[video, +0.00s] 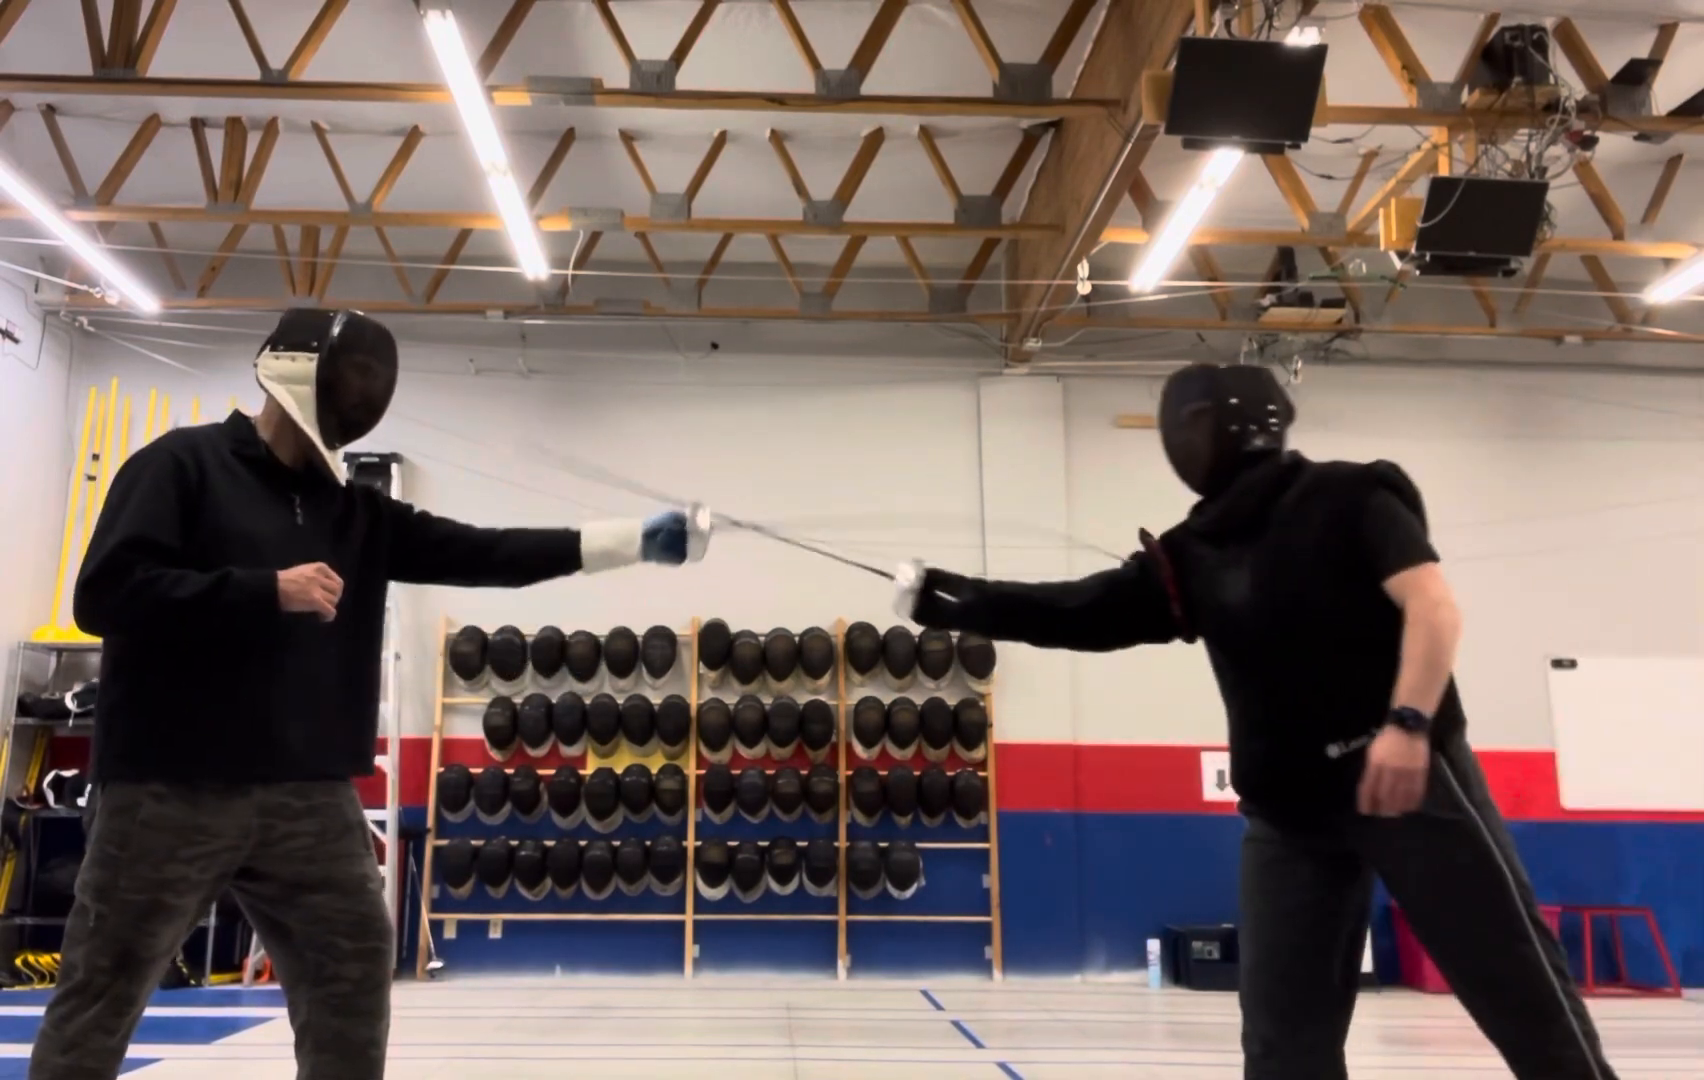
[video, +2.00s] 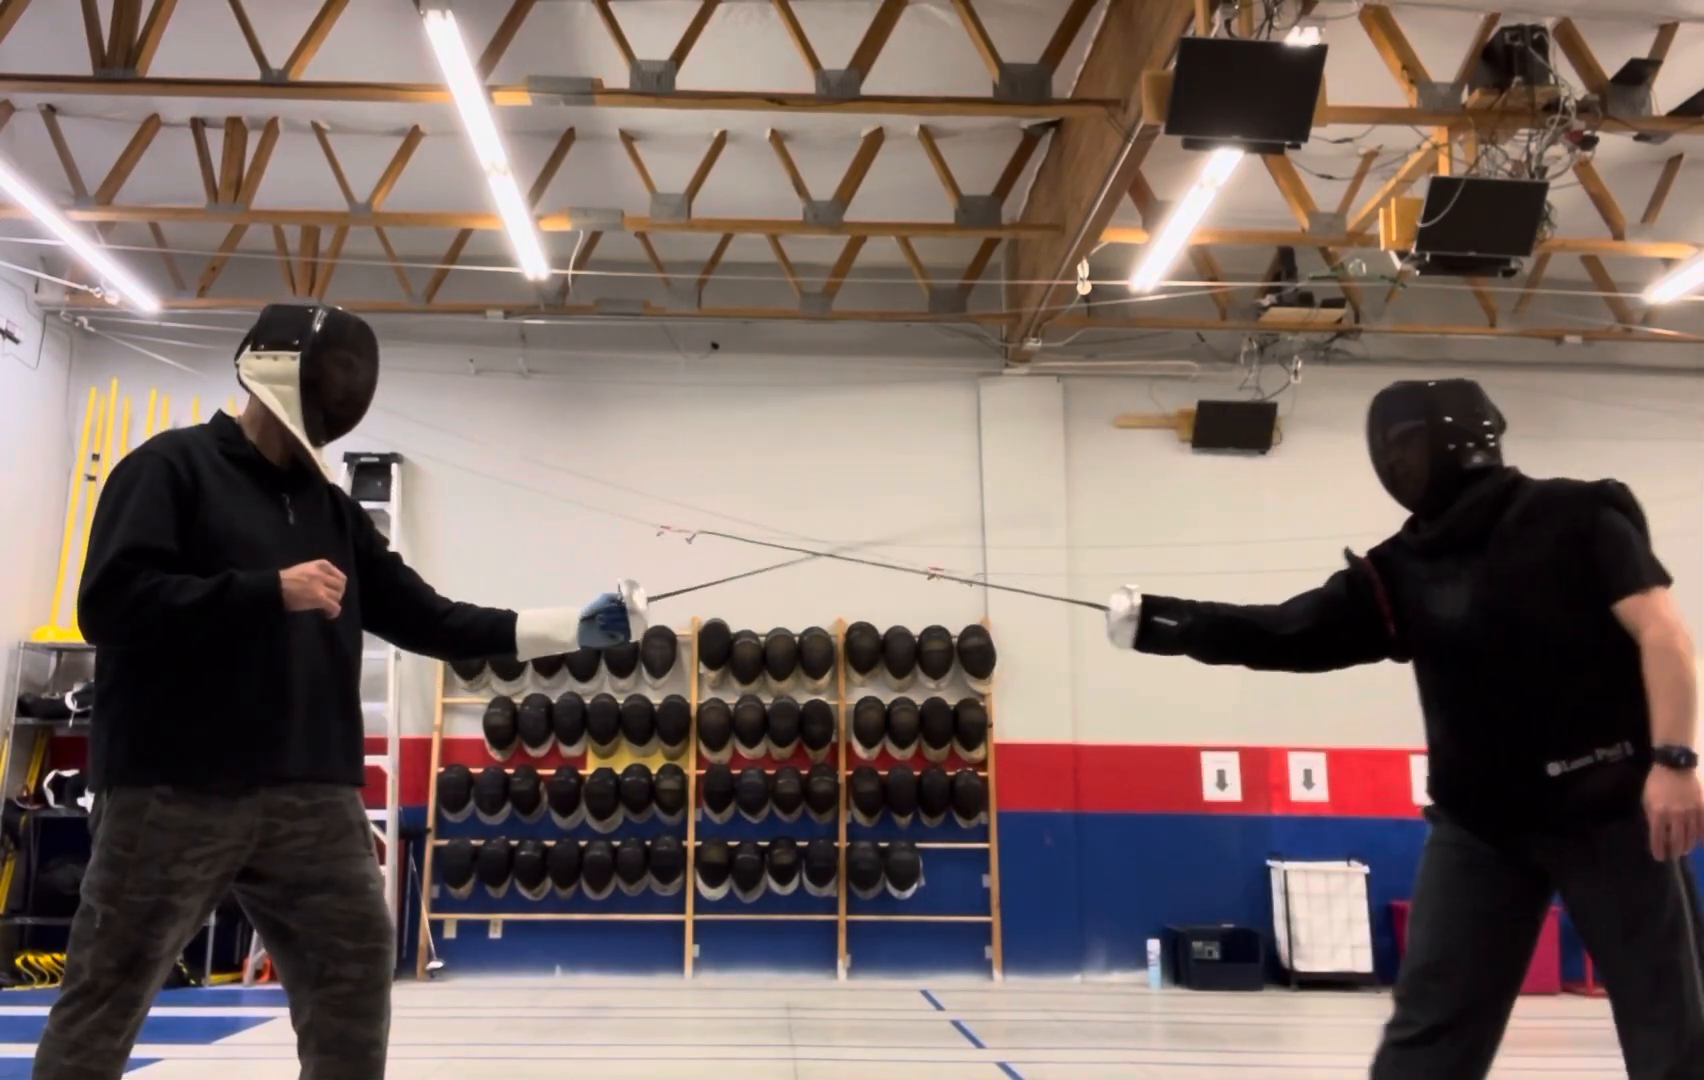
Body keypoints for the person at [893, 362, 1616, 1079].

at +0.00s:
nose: (1174, 445)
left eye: (1183, 424)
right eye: (1172, 429)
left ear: (1231, 423)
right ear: (1239, 429)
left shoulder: (1351, 498)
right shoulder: (1193, 558)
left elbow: (1435, 610)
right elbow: (1081, 610)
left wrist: (1409, 723)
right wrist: (958, 602)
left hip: (1413, 788)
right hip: (1291, 817)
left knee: (1525, 1000)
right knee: (1286, 1046)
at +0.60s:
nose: (1187, 448)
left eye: (1200, 427)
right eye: (1184, 432)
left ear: (1249, 424)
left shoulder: (1361, 501)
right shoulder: (1212, 565)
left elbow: (1445, 617)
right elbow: (1145, 674)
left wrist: (1410, 732)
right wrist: (1015, 691)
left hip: (1420, 792)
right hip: (1298, 820)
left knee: (1536, 996)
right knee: (1282, 1043)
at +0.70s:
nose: (1228, 455)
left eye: (1239, 433)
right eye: (1225, 438)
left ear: (1288, 431)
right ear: (1295, 435)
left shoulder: (1407, 513)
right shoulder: (1255, 564)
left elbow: (1487, 630)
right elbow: (1226, 698)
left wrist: (1440, 744)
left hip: (1448, 799)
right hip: (1325, 818)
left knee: (1560, 993)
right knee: (1291, 1036)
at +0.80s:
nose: (1288, 468)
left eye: (1299, 448)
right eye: (1286, 452)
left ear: (1346, 444)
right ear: (1362, 447)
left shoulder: (1462, 525)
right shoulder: (1305, 573)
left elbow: (1545, 647)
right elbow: (1296, 710)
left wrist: (1486, 759)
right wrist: (1221, 793)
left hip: (1495, 815)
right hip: (1364, 828)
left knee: (1595, 1024)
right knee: (1307, 1045)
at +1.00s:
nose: (1390, 465)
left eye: (1401, 444)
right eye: (1388, 449)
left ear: (1445, 442)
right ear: (1474, 442)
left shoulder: (1573, 523)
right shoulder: (1408, 570)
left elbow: (1653, 646)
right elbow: (1383, 701)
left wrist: (1601, 766)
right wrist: (1282, 751)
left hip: (1595, 818)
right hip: (1468, 826)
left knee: (1651, 1037)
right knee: (1407, 1041)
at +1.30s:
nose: (1455, 456)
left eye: (1467, 434)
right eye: (1449, 441)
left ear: (1517, 425)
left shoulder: (1642, 512)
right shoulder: (1463, 561)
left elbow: (1703, 633)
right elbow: (1383, 655)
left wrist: (1703, 771)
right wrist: (1264, 647)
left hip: (1659, 805)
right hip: (1530, 819)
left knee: (1684, 1021)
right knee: (1516, 1007)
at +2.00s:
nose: (1391, 470)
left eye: (1400, 449)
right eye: (1385, 456)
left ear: (1446, 440)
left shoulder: (1580, 517)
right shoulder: (1404, 571)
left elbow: (1663, 633)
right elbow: (1290, 630)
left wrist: (1676, 759)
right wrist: (1163, 624)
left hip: (1608, 817)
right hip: (1480, 829)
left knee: (1668, 1038)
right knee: (1430, 1036)